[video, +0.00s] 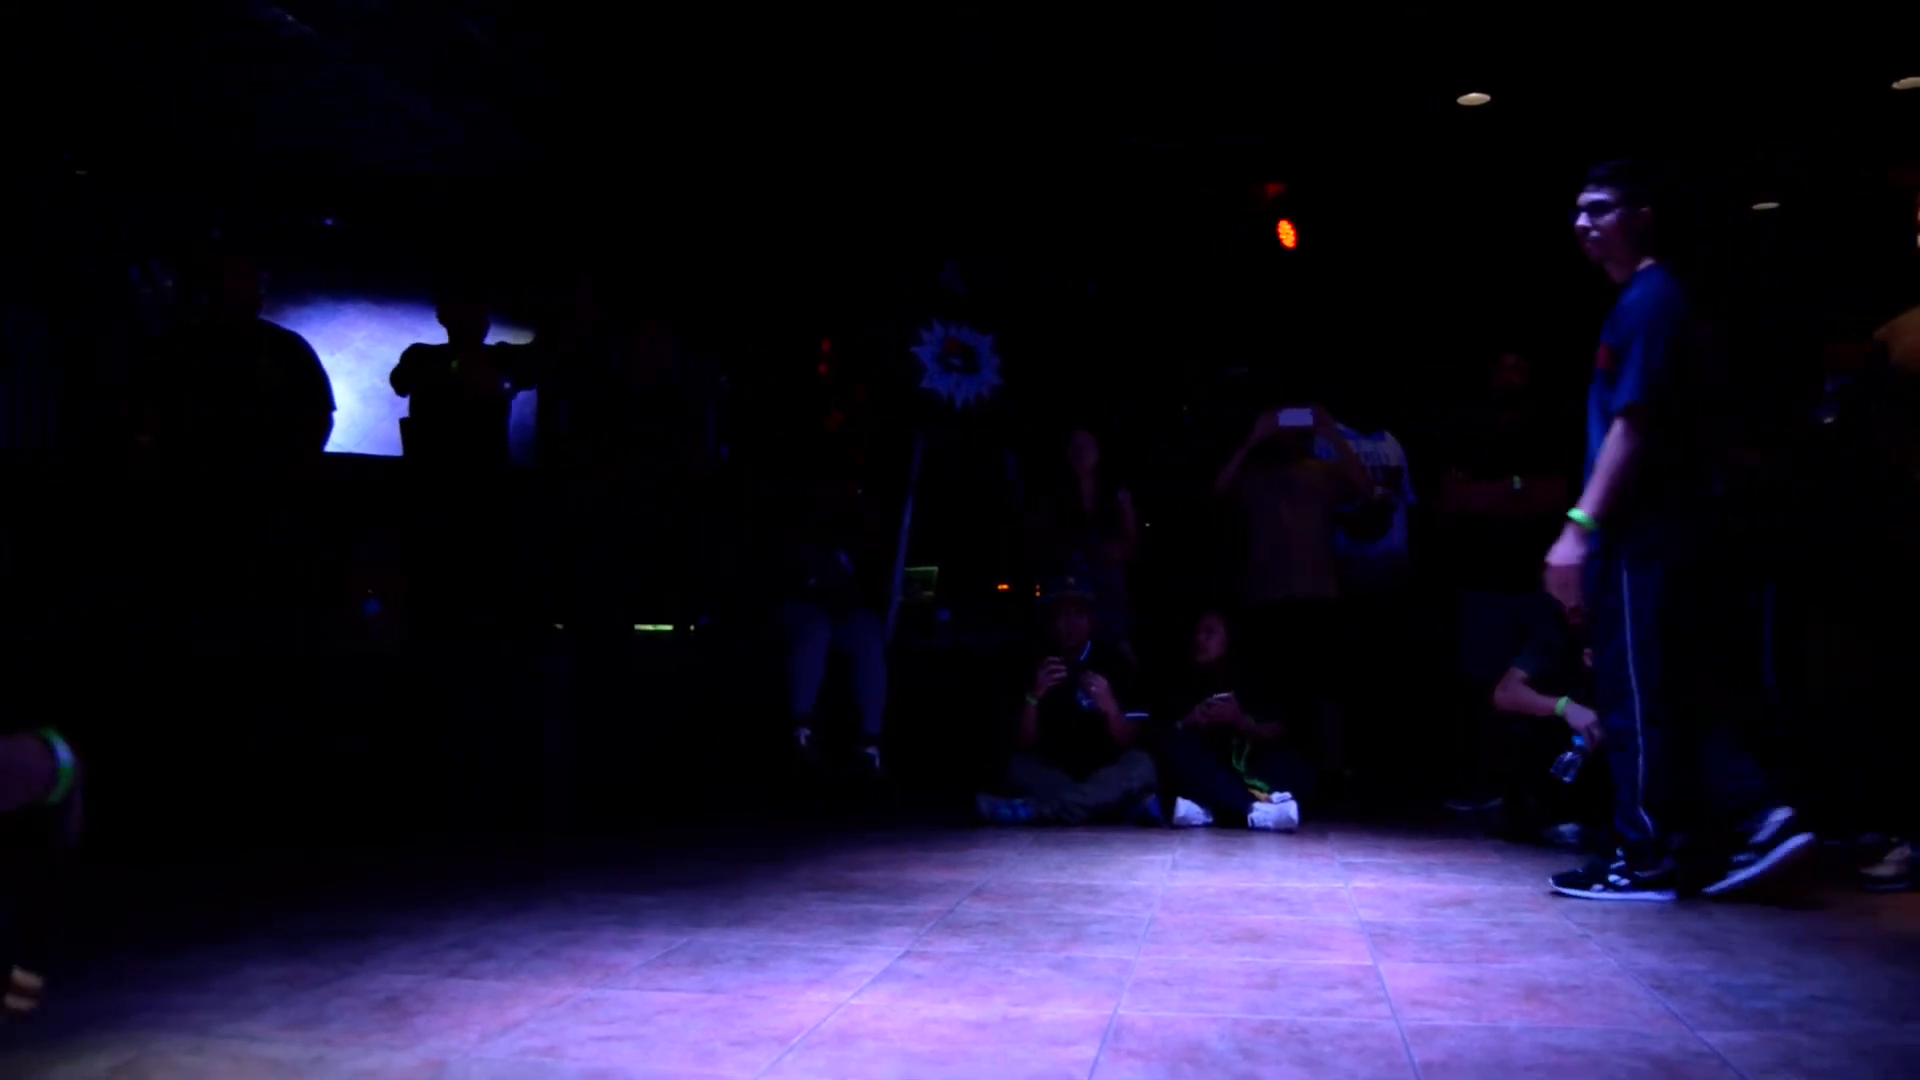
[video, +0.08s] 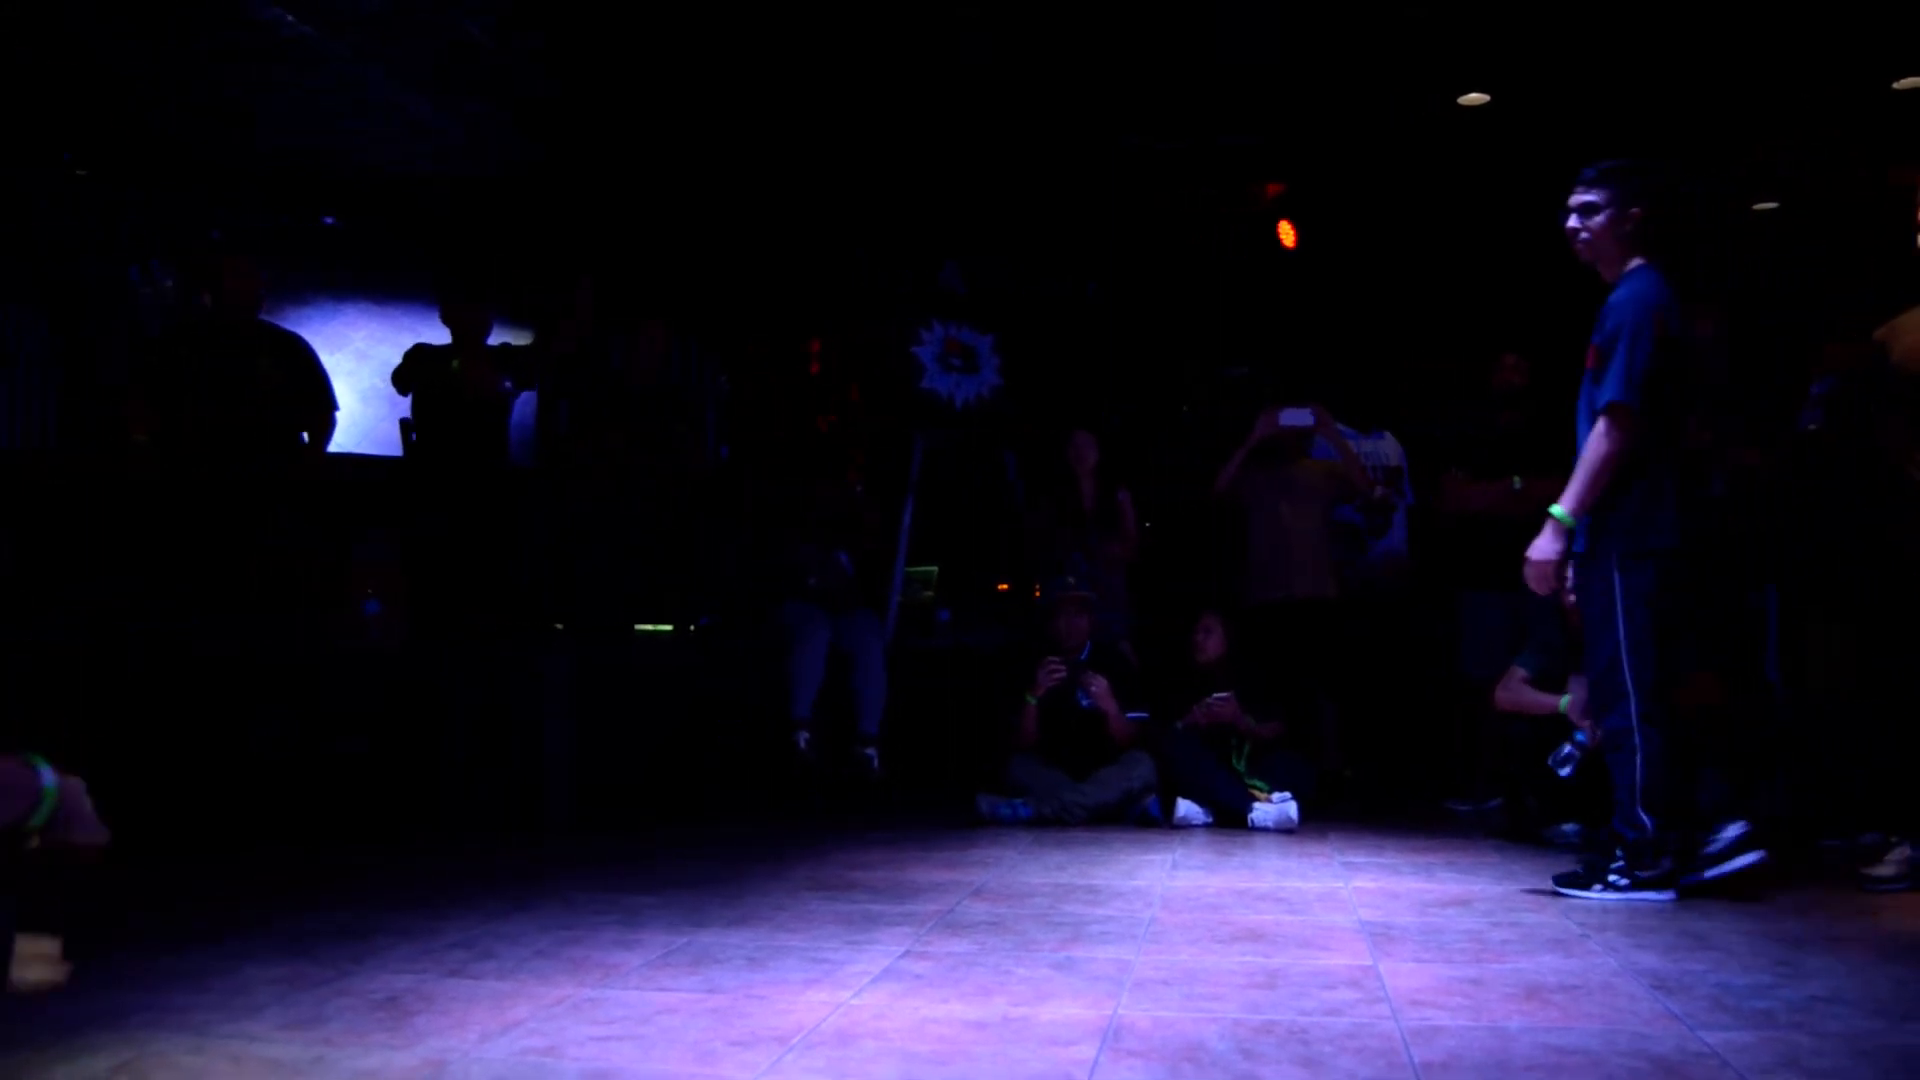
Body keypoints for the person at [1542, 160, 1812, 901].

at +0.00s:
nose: (1583, 225)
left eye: (1598, 211)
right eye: (1581, 213)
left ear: (1642, 217)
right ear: (1609, 226)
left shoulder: (1653, 299)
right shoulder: (1647, 297)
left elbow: (1632, 425)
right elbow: (1640, 424)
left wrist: (1580, 526)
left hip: (1649, 520)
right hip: (1657, 514)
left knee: (1638, 684)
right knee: (1672, 675)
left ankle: (1644, 857)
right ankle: (1755, 816)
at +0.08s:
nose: (1572, 225)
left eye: (1587, 212)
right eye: (1570, 213)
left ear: (1630, 218)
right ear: (1607, 226)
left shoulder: (1639, 299)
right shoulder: (1639, 296)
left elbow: (1618, 428)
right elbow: (1622, 430)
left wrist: (1558, 524)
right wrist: (1586, 545)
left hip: (1633, 525)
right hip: (1637, 521)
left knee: (1627, 686)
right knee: (1641, 680)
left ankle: (1641, 857)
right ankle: (1711, 824)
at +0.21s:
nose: (1561, 228)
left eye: (1576, 214)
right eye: (1559, 216)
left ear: (1618, 220)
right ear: (1587, 227)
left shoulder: (1628, 300)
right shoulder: (1617, 298)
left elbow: (1601, 424)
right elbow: (1600, 426)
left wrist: (1542, 521)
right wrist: (1562, 533)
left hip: (1622, 528)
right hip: (1609, 525)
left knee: (1617, 688)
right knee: (1599, 685)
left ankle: (1642, 856)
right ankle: (1622, 838)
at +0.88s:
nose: (1500, 237)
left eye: (1516, 226)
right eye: (1499, 227)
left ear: (1553, 238)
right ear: (1505, 241)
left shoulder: (1578, 315)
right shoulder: (1520, 328)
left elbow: (1591, 429)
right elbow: (1500, 456)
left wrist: (1574, 528)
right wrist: (1465, 549)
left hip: (1552, 540)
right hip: (1504, 544)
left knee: (1583, 694)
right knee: (1519, 695)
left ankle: (1639, 850)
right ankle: (1521, 838)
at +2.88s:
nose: (1549, 241)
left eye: (1562, 230)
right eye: (1539, 231)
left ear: (1589, 242)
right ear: (1527, 247)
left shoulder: (1624, 334)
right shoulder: (1495, 338)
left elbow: (1644, 440)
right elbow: (1481, 443)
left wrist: (1653, 532)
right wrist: (1475, 538)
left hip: (1605, 542)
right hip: (1522, 542)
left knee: (1617, 693)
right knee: (1523, 692)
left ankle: (1639, 841)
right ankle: (1520, 836)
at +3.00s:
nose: (1559, 239)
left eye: (1572, 228)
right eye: (1548, 230)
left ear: (1600, 240)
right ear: (1537, 245)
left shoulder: (1635, 333)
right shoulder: (1505, 336)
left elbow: (1655, 440)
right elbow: (1489, 440)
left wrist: (1662, 531)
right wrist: (1479, 536)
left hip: (1614, 542)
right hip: (1528, 543)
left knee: (1622, 694)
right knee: (1527, 691)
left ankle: (1639, 841)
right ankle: (1520, 836)